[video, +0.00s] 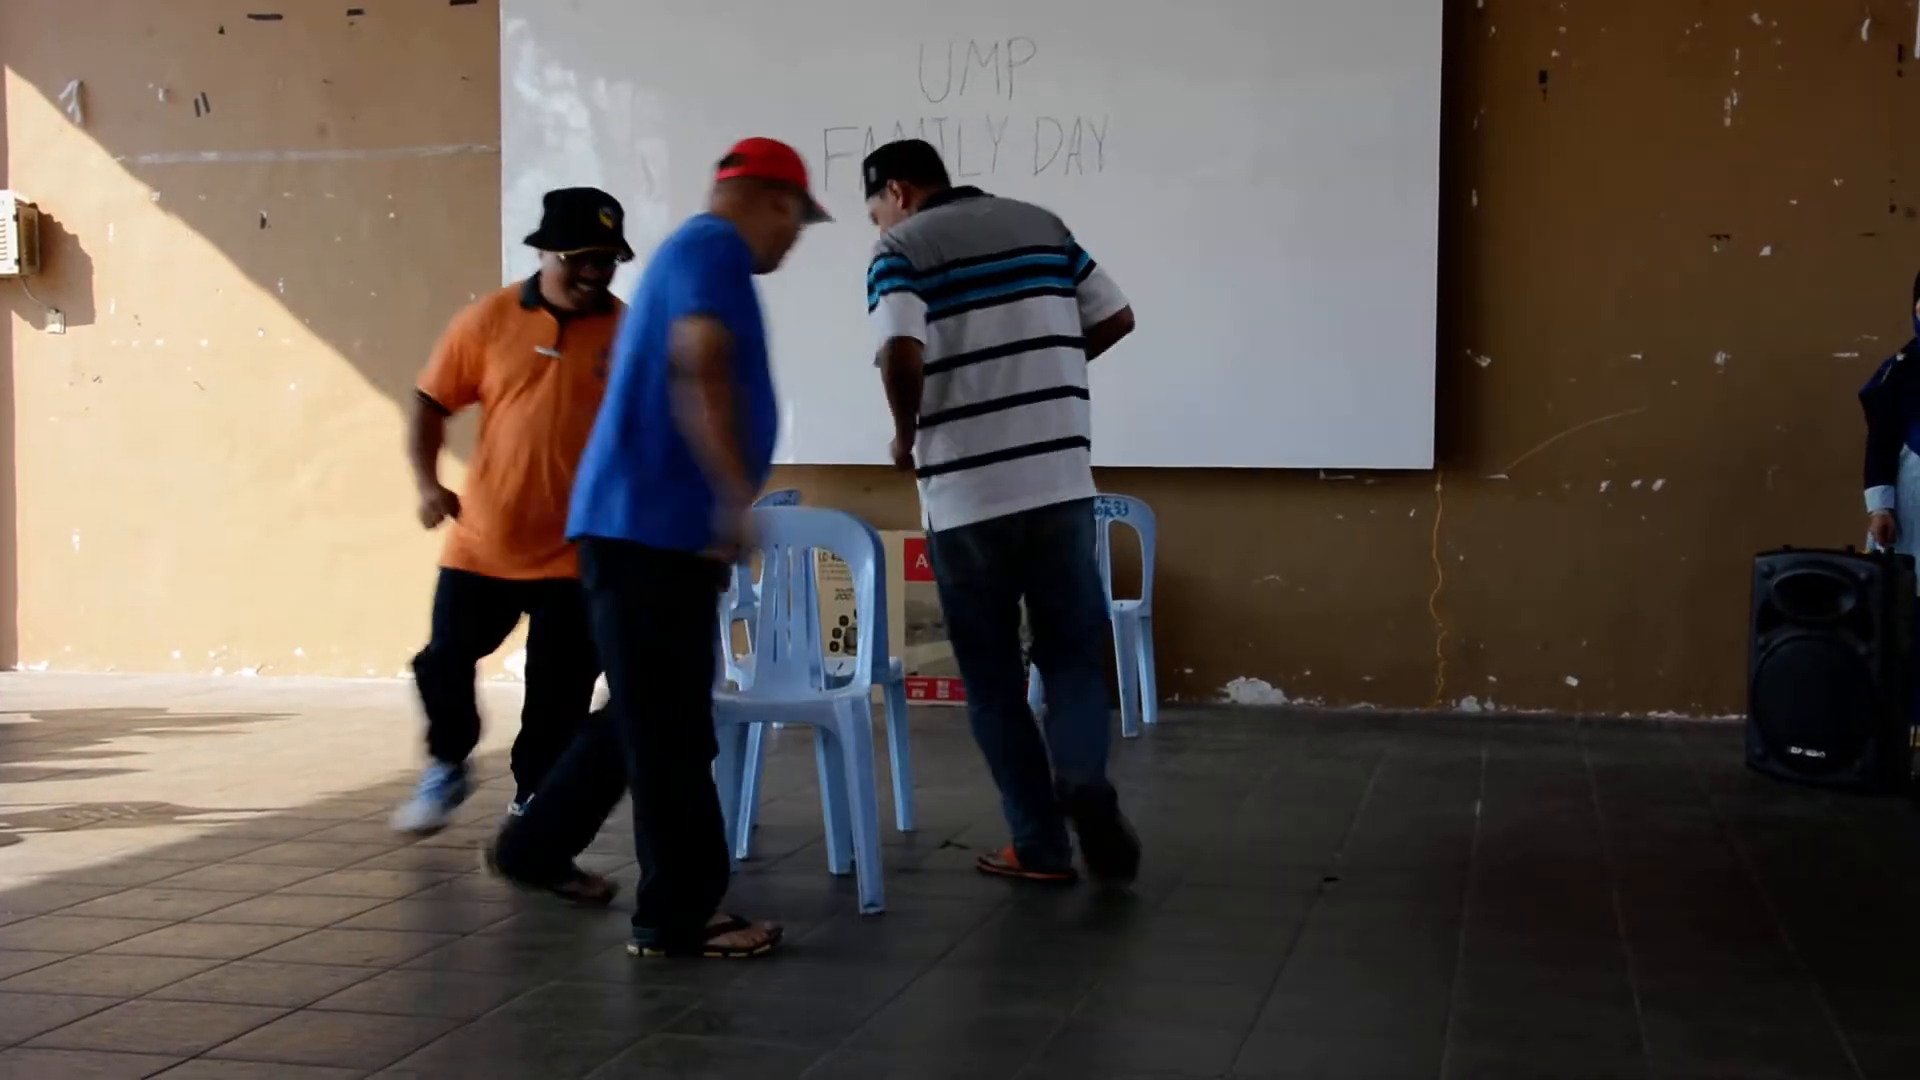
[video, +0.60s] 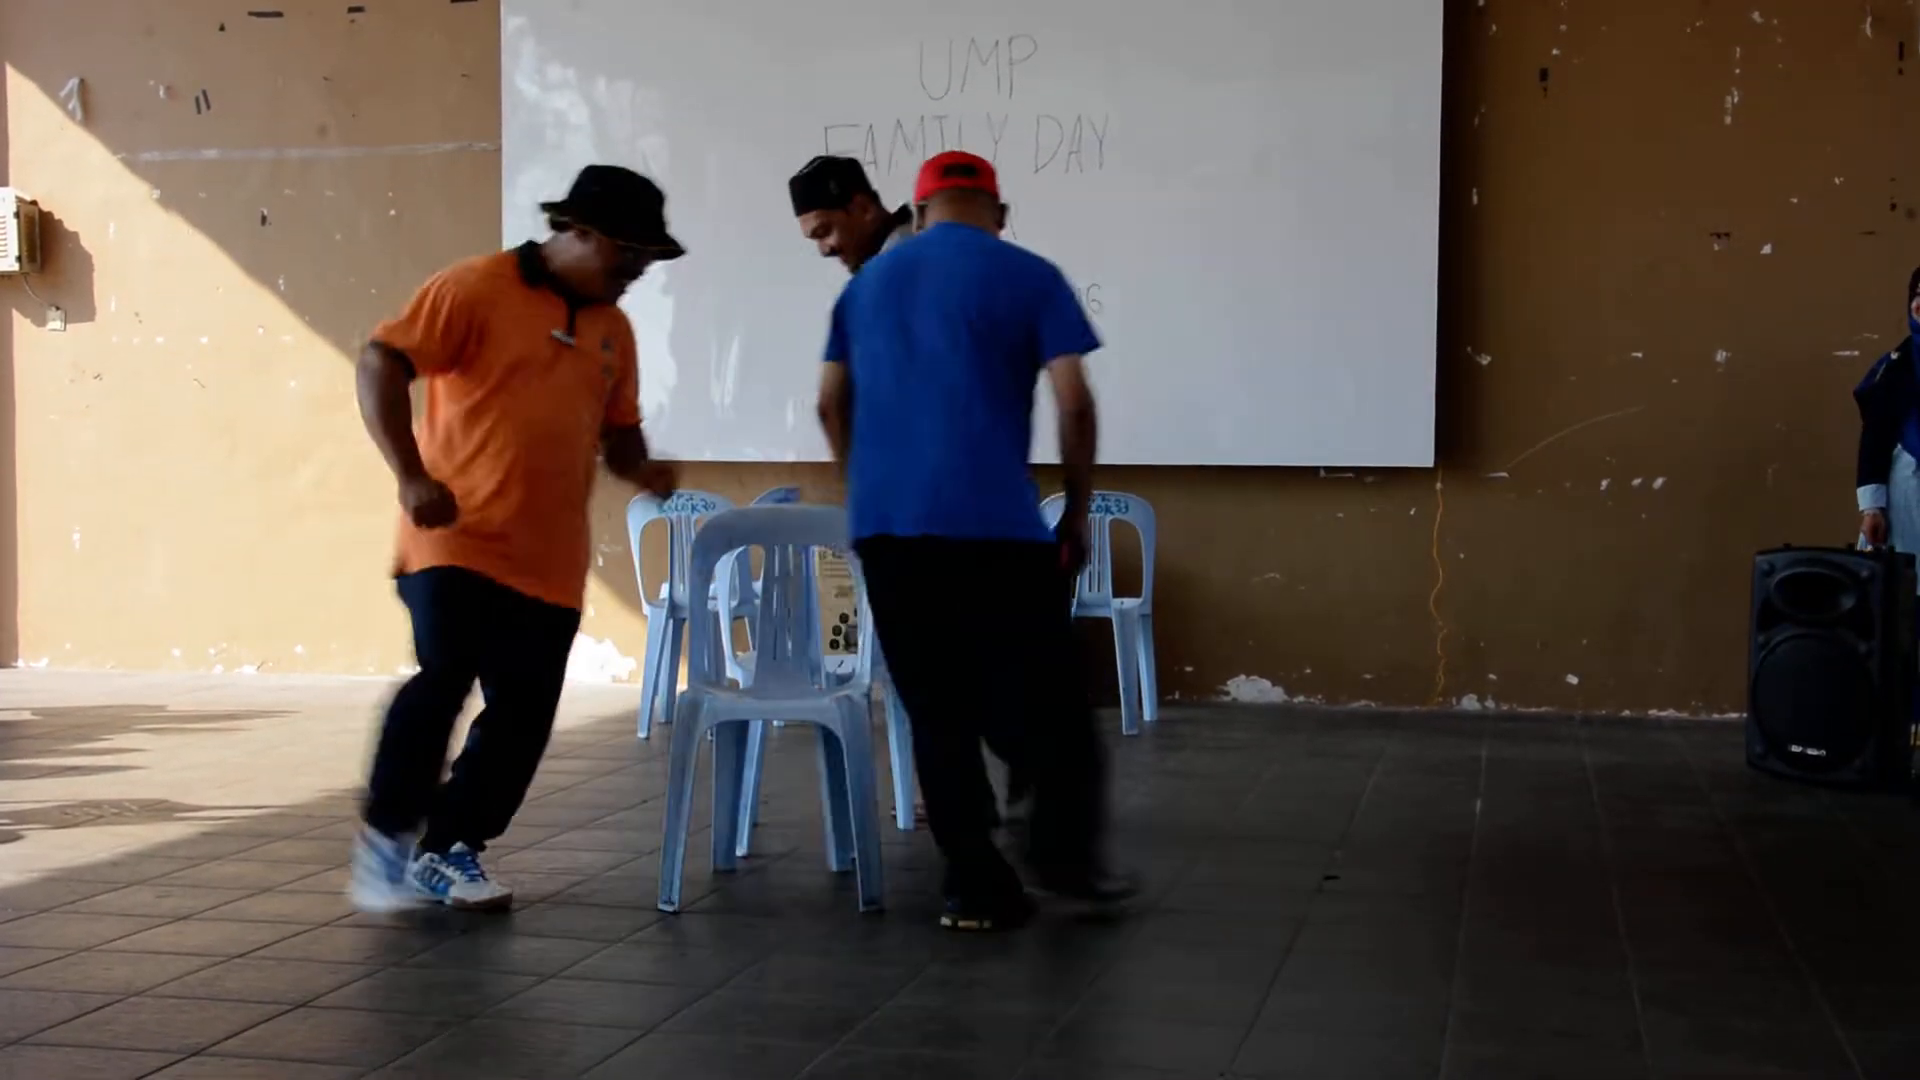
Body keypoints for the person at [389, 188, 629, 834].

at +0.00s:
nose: (594, 272)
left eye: (606, 260)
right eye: (580, 257)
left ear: (618, 262)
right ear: (545, 253)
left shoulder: (627, 335)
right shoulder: (489, 321)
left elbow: (653, 429)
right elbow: (430, 402)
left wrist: (637, 517)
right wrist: (428, 483)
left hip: (578, 544)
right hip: (488, 536)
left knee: (561, 696)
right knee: (443, 662)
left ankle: (539, 821)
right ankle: (449, 765)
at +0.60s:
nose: (631, 279)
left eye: (639, 267)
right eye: (626, 262)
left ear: (614, 252)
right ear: (580, 237)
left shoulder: (612, 332)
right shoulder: (477, 288)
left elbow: (619, 435)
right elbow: (380, 361)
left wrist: (644, 469)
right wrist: (409, 474)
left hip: (550, 557)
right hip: (454, 534)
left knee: (524, 716)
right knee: (446, 675)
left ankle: (450, 848)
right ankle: (387, 834)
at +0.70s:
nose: (659, 267)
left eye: (666, 254)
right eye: (655, 248)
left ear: (631, 235)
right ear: (609, 225)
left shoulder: (629, 316)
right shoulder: (506, 271)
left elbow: (629, 421)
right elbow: (402, 334)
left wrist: (668, 462)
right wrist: (440, 465)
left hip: (574, 557)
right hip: (482, 545)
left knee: (542, 730)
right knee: (478, 716)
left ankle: (443, 839)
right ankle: (453, 886)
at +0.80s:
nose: (691, 275)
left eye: (698, 262)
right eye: (688, 257)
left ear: (654, 240)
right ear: (642, 234)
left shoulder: (642, 323)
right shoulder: (535, 288)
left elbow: (628, 432)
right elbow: (479, 390)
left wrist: (664, 512)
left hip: (606, 558)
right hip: (516, 557)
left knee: (634, 706)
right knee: (520, 720)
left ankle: (508, 815)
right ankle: (456, 887)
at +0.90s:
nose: (731, 264)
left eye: (737, 250)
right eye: (728, 246)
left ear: (691, 226)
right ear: (688, 223)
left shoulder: (657, 292)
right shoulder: (603, 274)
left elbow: (624, 421)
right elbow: (592, 390)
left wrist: (670, 501)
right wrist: (698, 458)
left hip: (648, 555)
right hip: (574, 553)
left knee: (699, 694)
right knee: (564, 709)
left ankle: (632, 866)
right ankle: (462, 879)